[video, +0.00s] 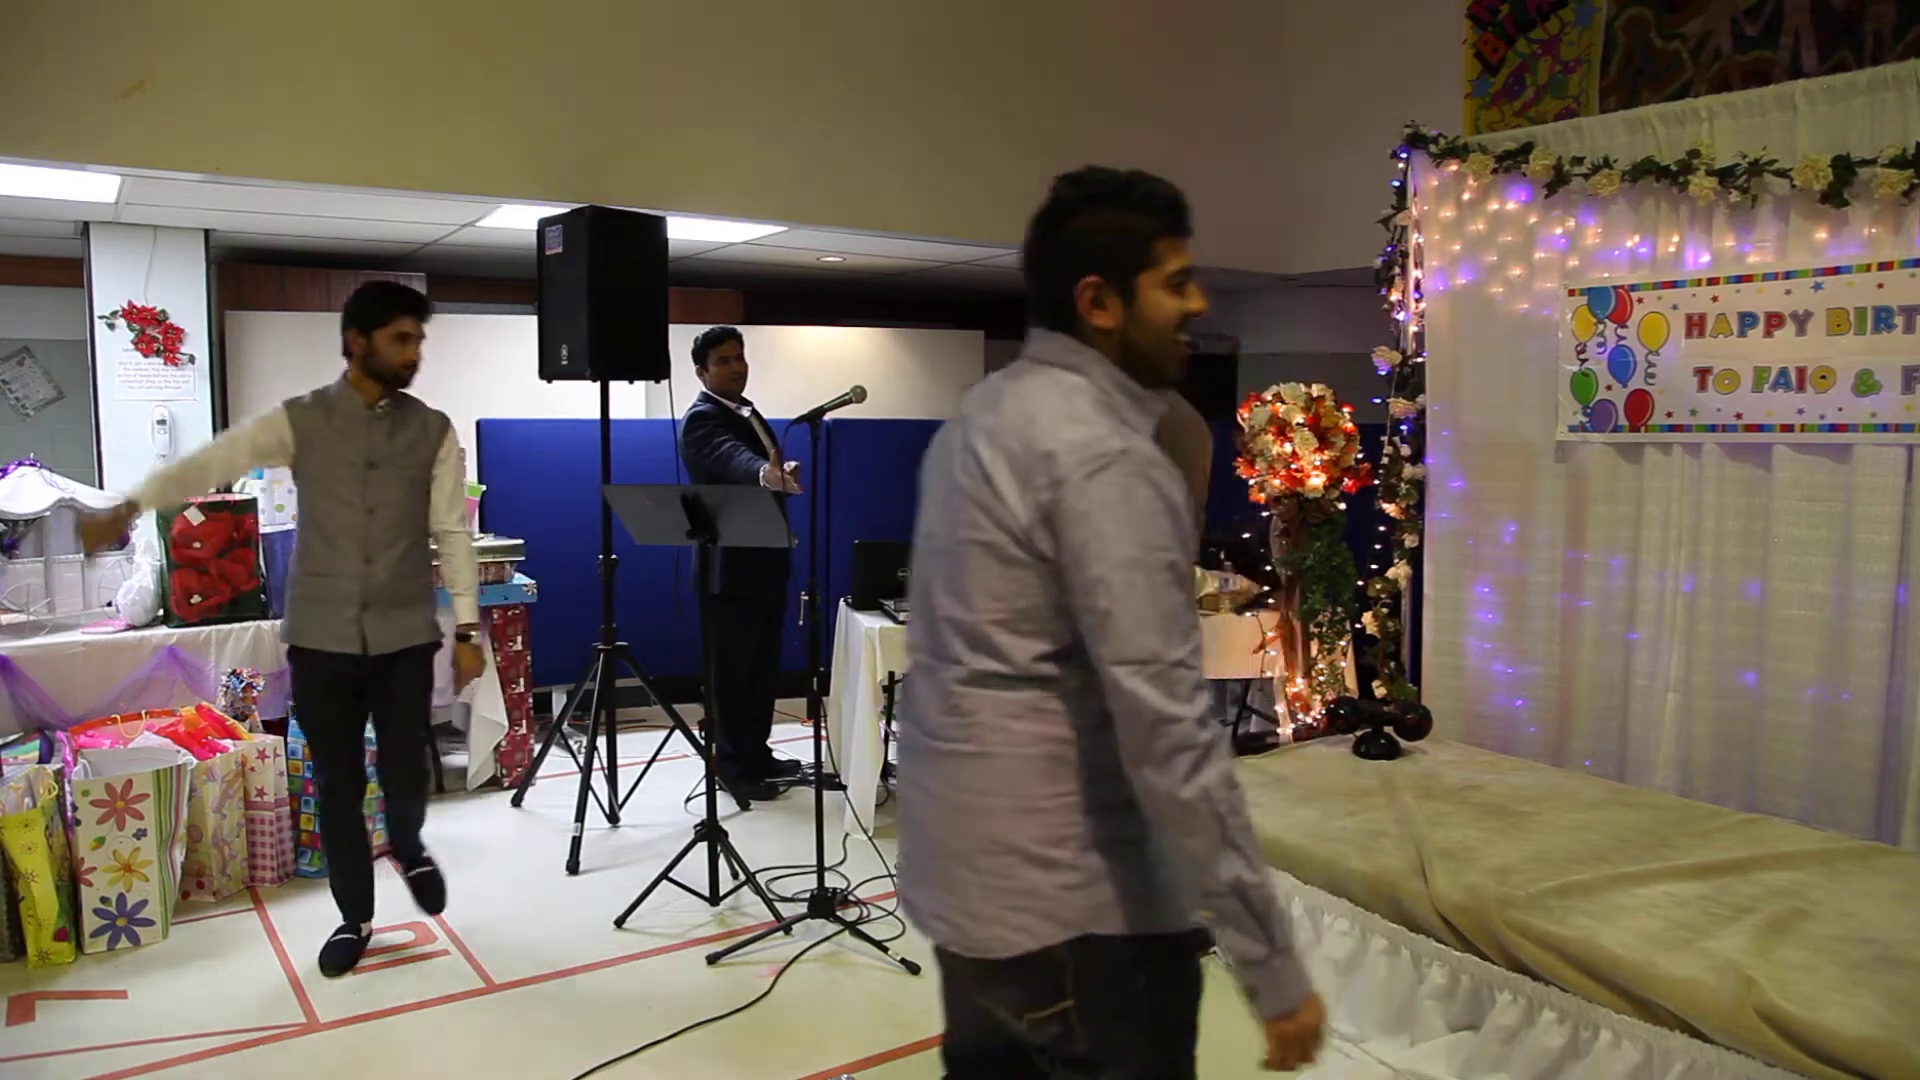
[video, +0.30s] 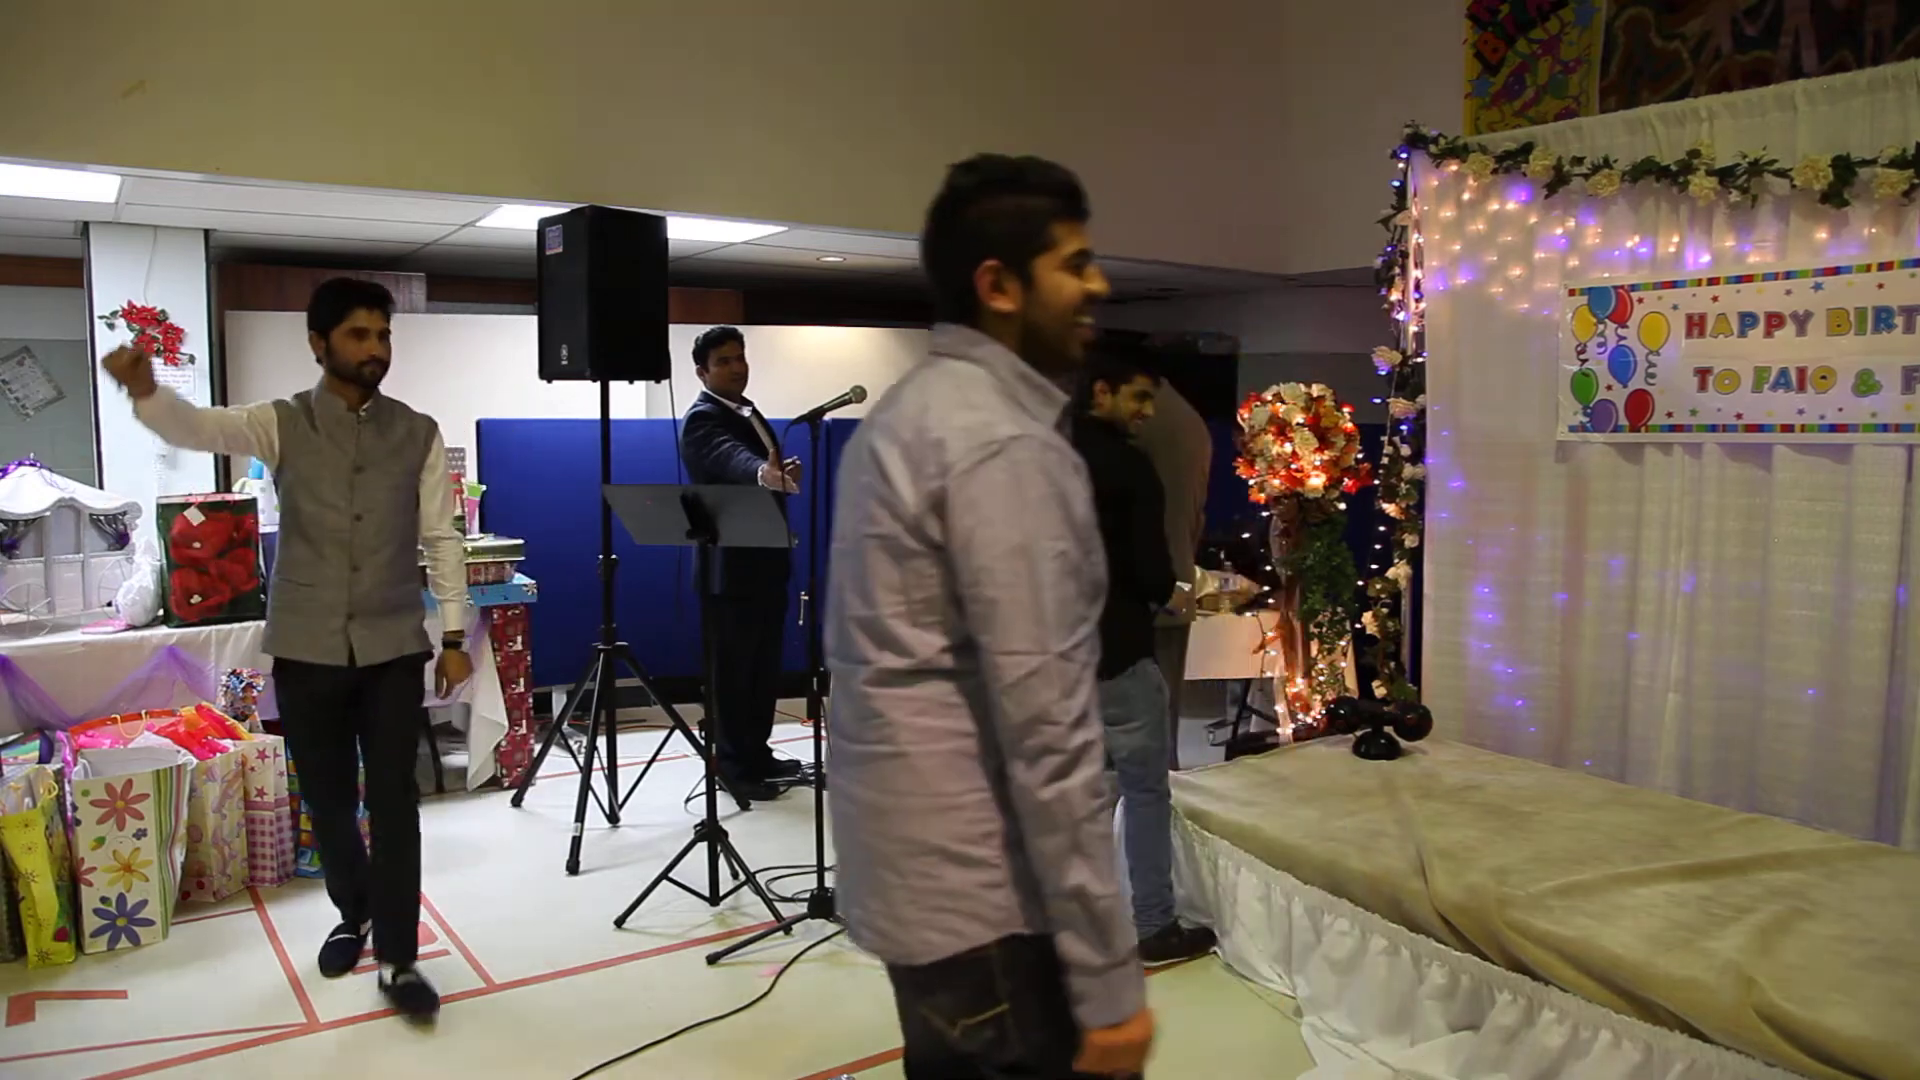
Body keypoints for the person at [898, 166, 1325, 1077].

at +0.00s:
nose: (1200, 306)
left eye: (1192, 281)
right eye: (1177, 282)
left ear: (1090, 304)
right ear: (1098, 303)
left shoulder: (979, 420)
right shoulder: (1104, 452)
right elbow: (1172, 733)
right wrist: (1273, 970)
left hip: (979, 896)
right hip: (1079, 909)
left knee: (996, 1062)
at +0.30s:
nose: (1100, 286)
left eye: (1093, 262)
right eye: (1075, 263)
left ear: (998, 288)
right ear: (997, 286)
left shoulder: (908, 411)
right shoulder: (1001, 440)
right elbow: (1051, 737)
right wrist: (1111, 990)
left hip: (919, 888)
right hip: (986, 900)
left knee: (954, 1061)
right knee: (1022, 1062)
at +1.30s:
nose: (1041, 257)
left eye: (1032, 229)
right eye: (1003, 231)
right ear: (899, 264)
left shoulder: (850, 396)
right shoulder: (911, 436)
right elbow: (1042, 747)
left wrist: (1001, 934)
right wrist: (1241, 1036)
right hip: (896, 944)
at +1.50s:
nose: (1058, 263)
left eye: (1052, 237)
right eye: (1026, 238)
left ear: (927, 275)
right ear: (923, 267)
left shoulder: (873, 403)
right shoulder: (921, 437)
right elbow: (1084, 717)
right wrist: (1374, 1004)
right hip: (910, 937)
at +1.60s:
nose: (1070, 276)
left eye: (1061, 248)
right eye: (1046, 249)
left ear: (958, 271)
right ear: (958, 271)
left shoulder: (864, 422)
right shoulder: (933, 455)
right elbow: (1122, 715)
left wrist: (1196, 680)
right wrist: (1445, 936)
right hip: (919, 954)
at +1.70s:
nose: (1070, 270)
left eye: (1060, 240)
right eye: (1055, 241)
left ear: (966, 259)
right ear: (990, 258)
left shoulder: (890, 399)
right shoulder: (950, 427)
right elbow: (1154, 653)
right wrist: (1508, 834)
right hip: (944, 947)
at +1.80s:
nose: (1070, 265)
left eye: (1063, 238)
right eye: (1058, 238)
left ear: (927, 256)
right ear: (1008, 249)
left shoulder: (895, 381)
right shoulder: (964, 407)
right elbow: (1190, 585)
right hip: (962, 913)